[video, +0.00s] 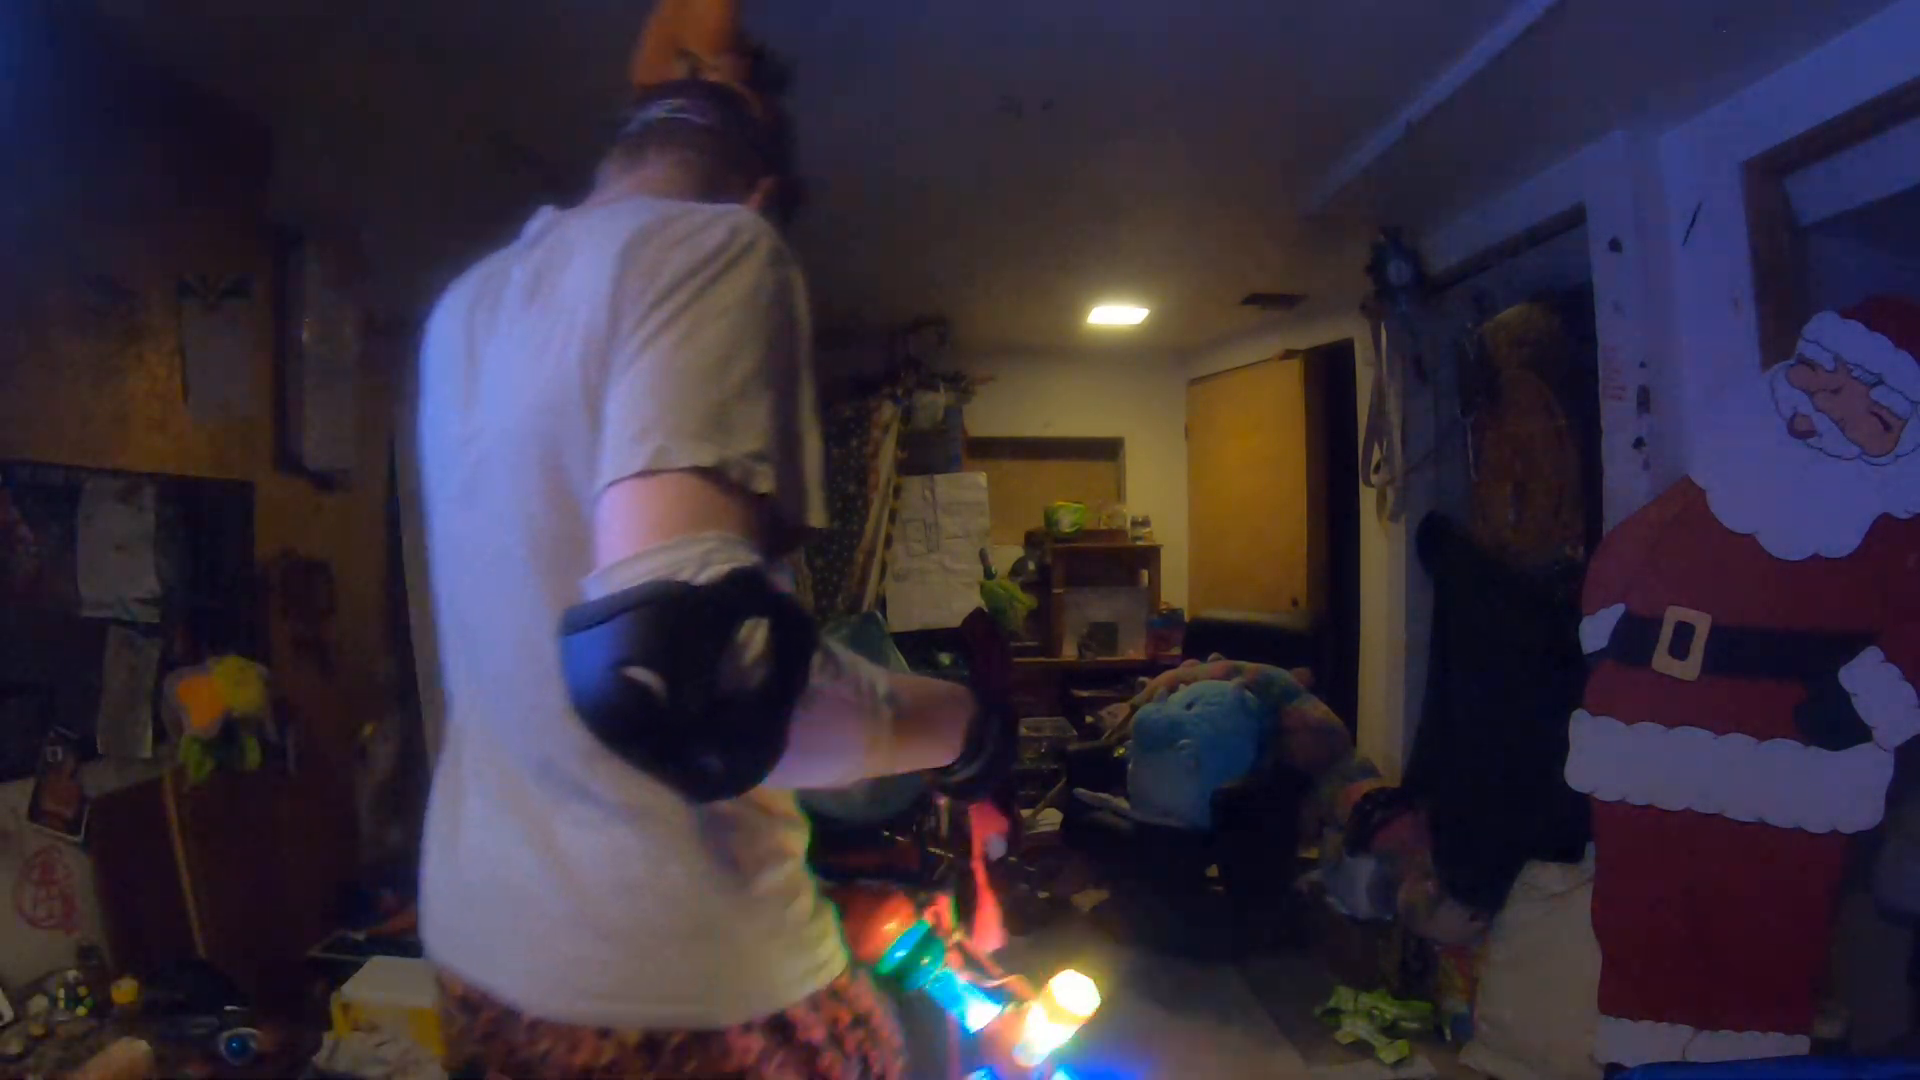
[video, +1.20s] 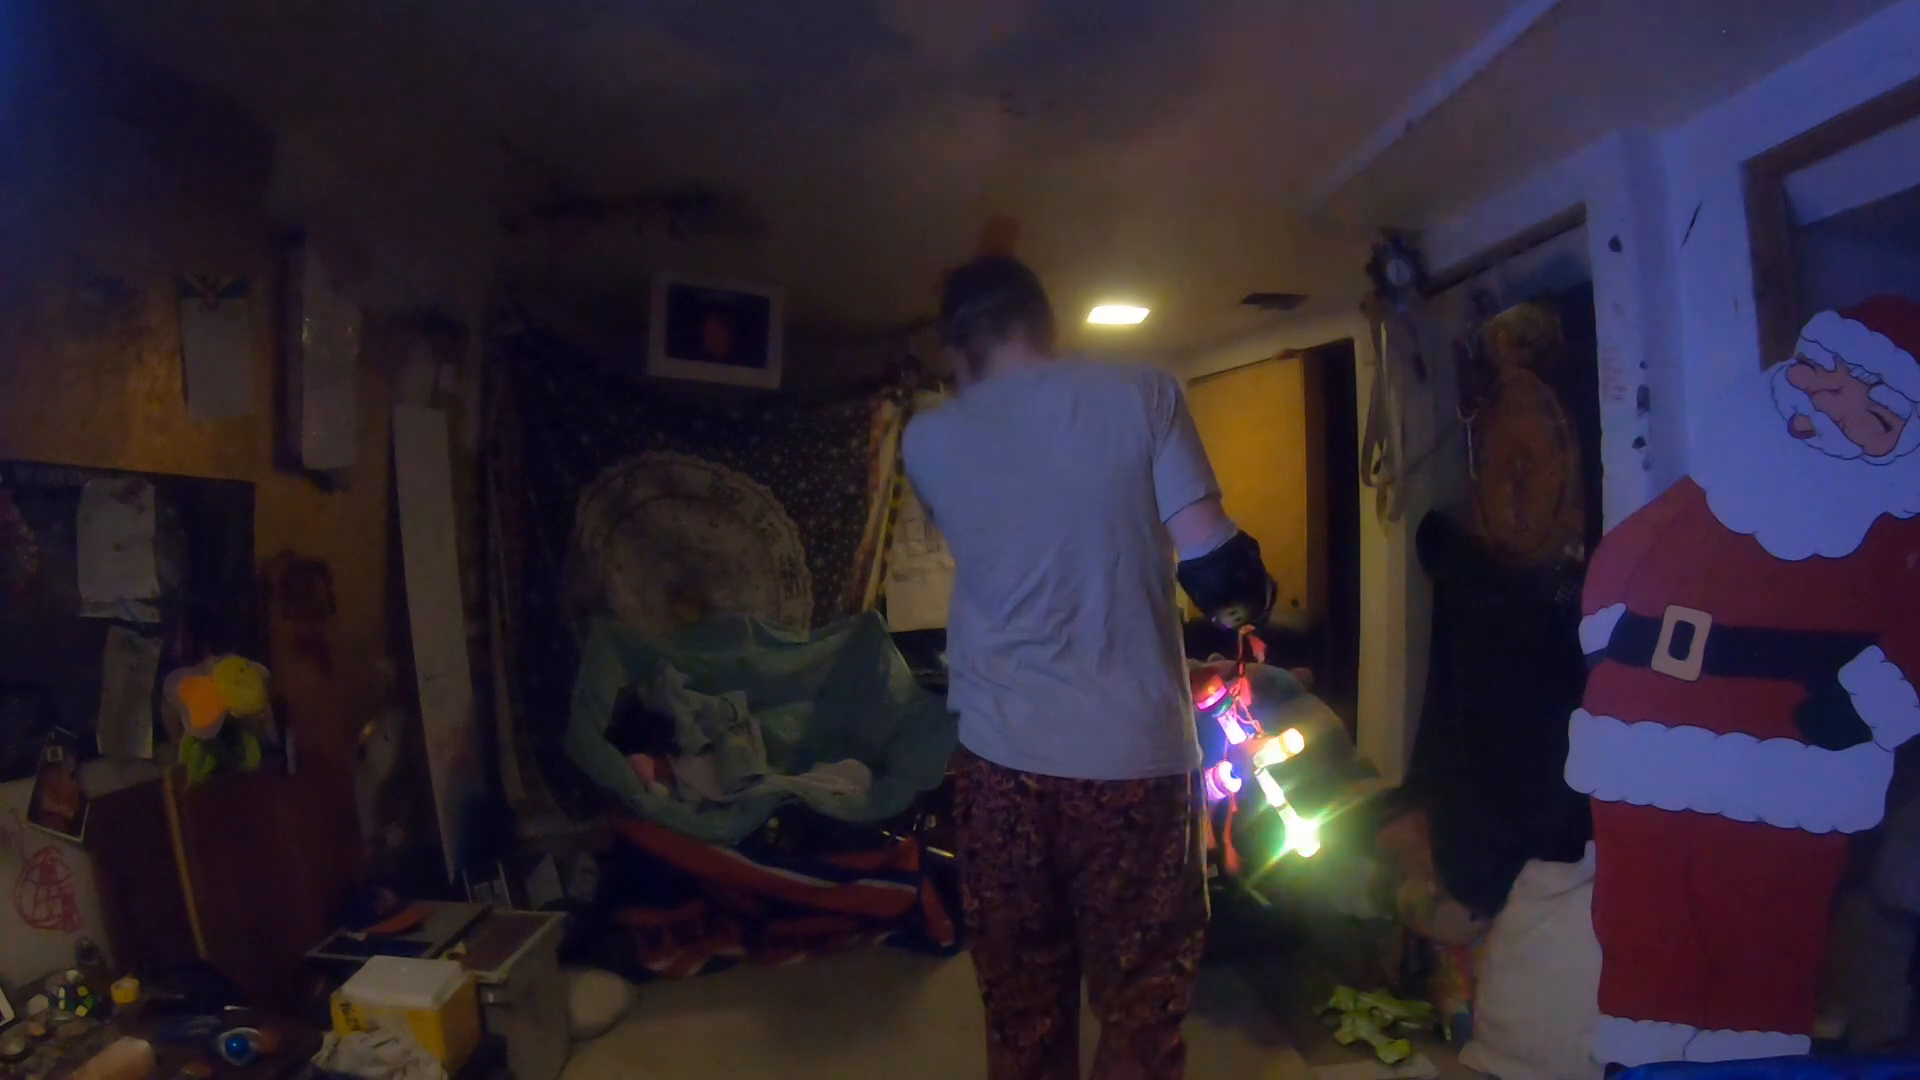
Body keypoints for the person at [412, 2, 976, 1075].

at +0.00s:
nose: (766, 231)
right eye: (779, 214)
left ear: (610, 165)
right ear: (762, 193)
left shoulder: (462, 301)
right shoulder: (708, 247)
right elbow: (668, 660)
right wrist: (955, 719)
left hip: (476, 951)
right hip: (679, 979)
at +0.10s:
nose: (835, 236)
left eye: (839, 226)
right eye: (841, 220)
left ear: (680, 170)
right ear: (823, 197)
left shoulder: (534, 300)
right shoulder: (782, 255)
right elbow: (740, 641)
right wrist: (1002, 709)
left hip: (536, 922)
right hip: (755, 946)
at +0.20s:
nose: (893, 283)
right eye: (899, 262)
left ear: (744, 204)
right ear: (881, 228)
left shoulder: (609, 318)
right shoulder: (852, 285)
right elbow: (838, 658)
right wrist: (1054, 702)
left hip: (604, 913)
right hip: (819, 938)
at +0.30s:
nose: (947, 289)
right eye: (955, 273)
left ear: (812, 220)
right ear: (940, 250)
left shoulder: (680, 334)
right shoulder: (930, 315)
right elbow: (926, 659)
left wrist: (898, 149)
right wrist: (1097, 695)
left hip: (683, 896)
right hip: (890, 913)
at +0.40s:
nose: (1001, 278)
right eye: (1013, 267)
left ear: (857, 232)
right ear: (997, 254)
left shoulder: (745, 336)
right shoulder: (1002, 320)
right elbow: (1012, 641)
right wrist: (1155, 686)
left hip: (759, 867)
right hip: (960, 879)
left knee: (779, 1065)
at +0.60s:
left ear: (925, 279)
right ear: (1056, 279)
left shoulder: (833, 378)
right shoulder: (1115, 377)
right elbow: (1157, 647)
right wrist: (1212, 636)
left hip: (886, 864)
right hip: (1066, 873)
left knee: (911, 1069)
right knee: (1079, 1068)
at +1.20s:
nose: (954, 380)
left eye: (949, 363)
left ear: (954, 354)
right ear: (1048, 329)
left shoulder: (929, 440)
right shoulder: (1141, 394)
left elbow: (975, 546)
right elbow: (1219, 571)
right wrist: (1244, 598)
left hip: (995, 776)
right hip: (1133, 778)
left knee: (1021, 1020)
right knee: (1142, 1020)